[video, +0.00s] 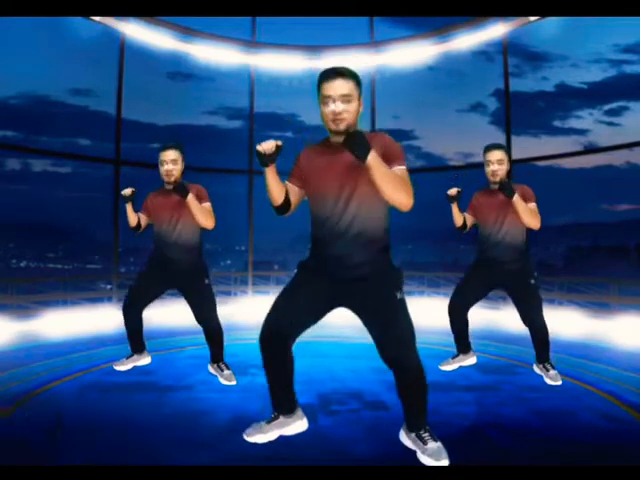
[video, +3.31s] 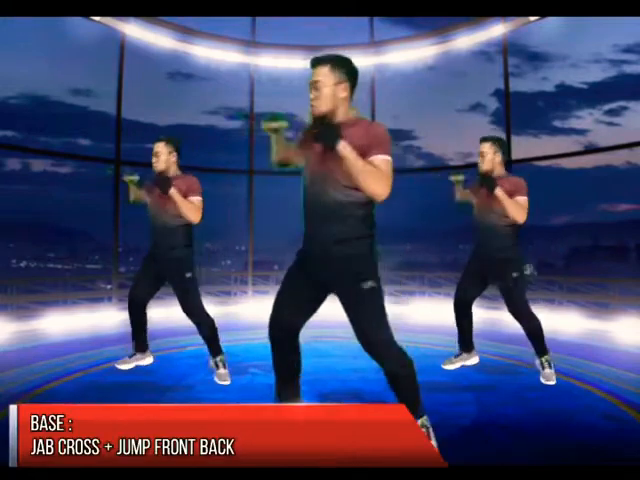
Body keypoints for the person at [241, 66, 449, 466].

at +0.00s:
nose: (337, 108)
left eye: (345, 99)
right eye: (328, 100)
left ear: (360, 104)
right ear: (319, 107)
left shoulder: (381, 145)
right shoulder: (311, 156)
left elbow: (404, 200)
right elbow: (284, 206)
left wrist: (364, 153)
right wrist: (268, 164)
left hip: (373, 276)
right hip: (320, 274)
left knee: (406, 361)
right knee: (273, 337)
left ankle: (417, 429)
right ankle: (287, 414)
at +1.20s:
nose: (315, 93)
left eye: (324, 85)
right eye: (309, 86)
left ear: (342, 91)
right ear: (303, 92)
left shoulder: (362, 134)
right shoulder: (308, 136)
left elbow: (376, 190)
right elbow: (280, 159)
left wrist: (335, 159)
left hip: (345, 259)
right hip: (310, 259)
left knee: (363, 347)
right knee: (275, 329)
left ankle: (434, 412)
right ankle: (291, 414)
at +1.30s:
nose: (296, 98)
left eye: (304, 91)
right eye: (297, 91)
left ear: (328, 94)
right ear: (323, 96)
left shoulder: (330, 131)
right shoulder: (333, 131)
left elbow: (297, 153)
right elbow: (298, 156)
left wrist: (264, 133)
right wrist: (268, 137)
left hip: (336, 262)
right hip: (319, 261)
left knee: (362, 349)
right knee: (277, 325)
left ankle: (437, 414)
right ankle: (291, 414)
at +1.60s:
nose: (292, 96)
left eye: (297, 88)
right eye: (292, 89)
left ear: (321, 87)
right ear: (312, 90)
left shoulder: (353, 122)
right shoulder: (308, 133)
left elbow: (353, 150)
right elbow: (292, 182)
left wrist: (307, 123)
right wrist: (283, 145)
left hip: (350, 253)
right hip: (312, 253)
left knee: (378, 341)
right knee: (282, 330)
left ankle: (432, 417)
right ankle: (292, 416)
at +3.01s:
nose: (333, 93)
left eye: (341, 85)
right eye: (330, 87)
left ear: (366, 88)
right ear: (327, 92)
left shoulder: (393, 129)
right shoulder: (322, 139)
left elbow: (410, 179)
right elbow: (297, 181)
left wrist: (369, 136)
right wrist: (289, 149)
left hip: (379, 258)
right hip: (327, 258)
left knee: (402, 347)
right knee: (288, 330)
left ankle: (405, 422)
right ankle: (277, 408)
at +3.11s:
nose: (333, 94)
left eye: (341, 85)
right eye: (330, 87)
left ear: (367, 88)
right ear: (328, 91)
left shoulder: (394, 132)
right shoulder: (316, 133)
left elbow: (415, 180)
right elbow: (273, 153)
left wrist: (377, 139)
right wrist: (251, 128)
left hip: (377, 261)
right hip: (324, 260)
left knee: (406, 349)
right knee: (288, 331)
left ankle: (407, 424)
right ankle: (286, 408)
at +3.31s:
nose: (312, 94)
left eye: (319, 87)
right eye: (311, 87)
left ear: (344, 90)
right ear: (317, 91)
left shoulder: (371, 132)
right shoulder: (314, 134)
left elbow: (381, 189)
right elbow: (286, 157)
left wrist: (340, 146)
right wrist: (277, 139)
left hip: (354, 261)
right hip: (313, 258)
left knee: (378, 343)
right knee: (282, 327)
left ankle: (419, 421)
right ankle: (288, 410)